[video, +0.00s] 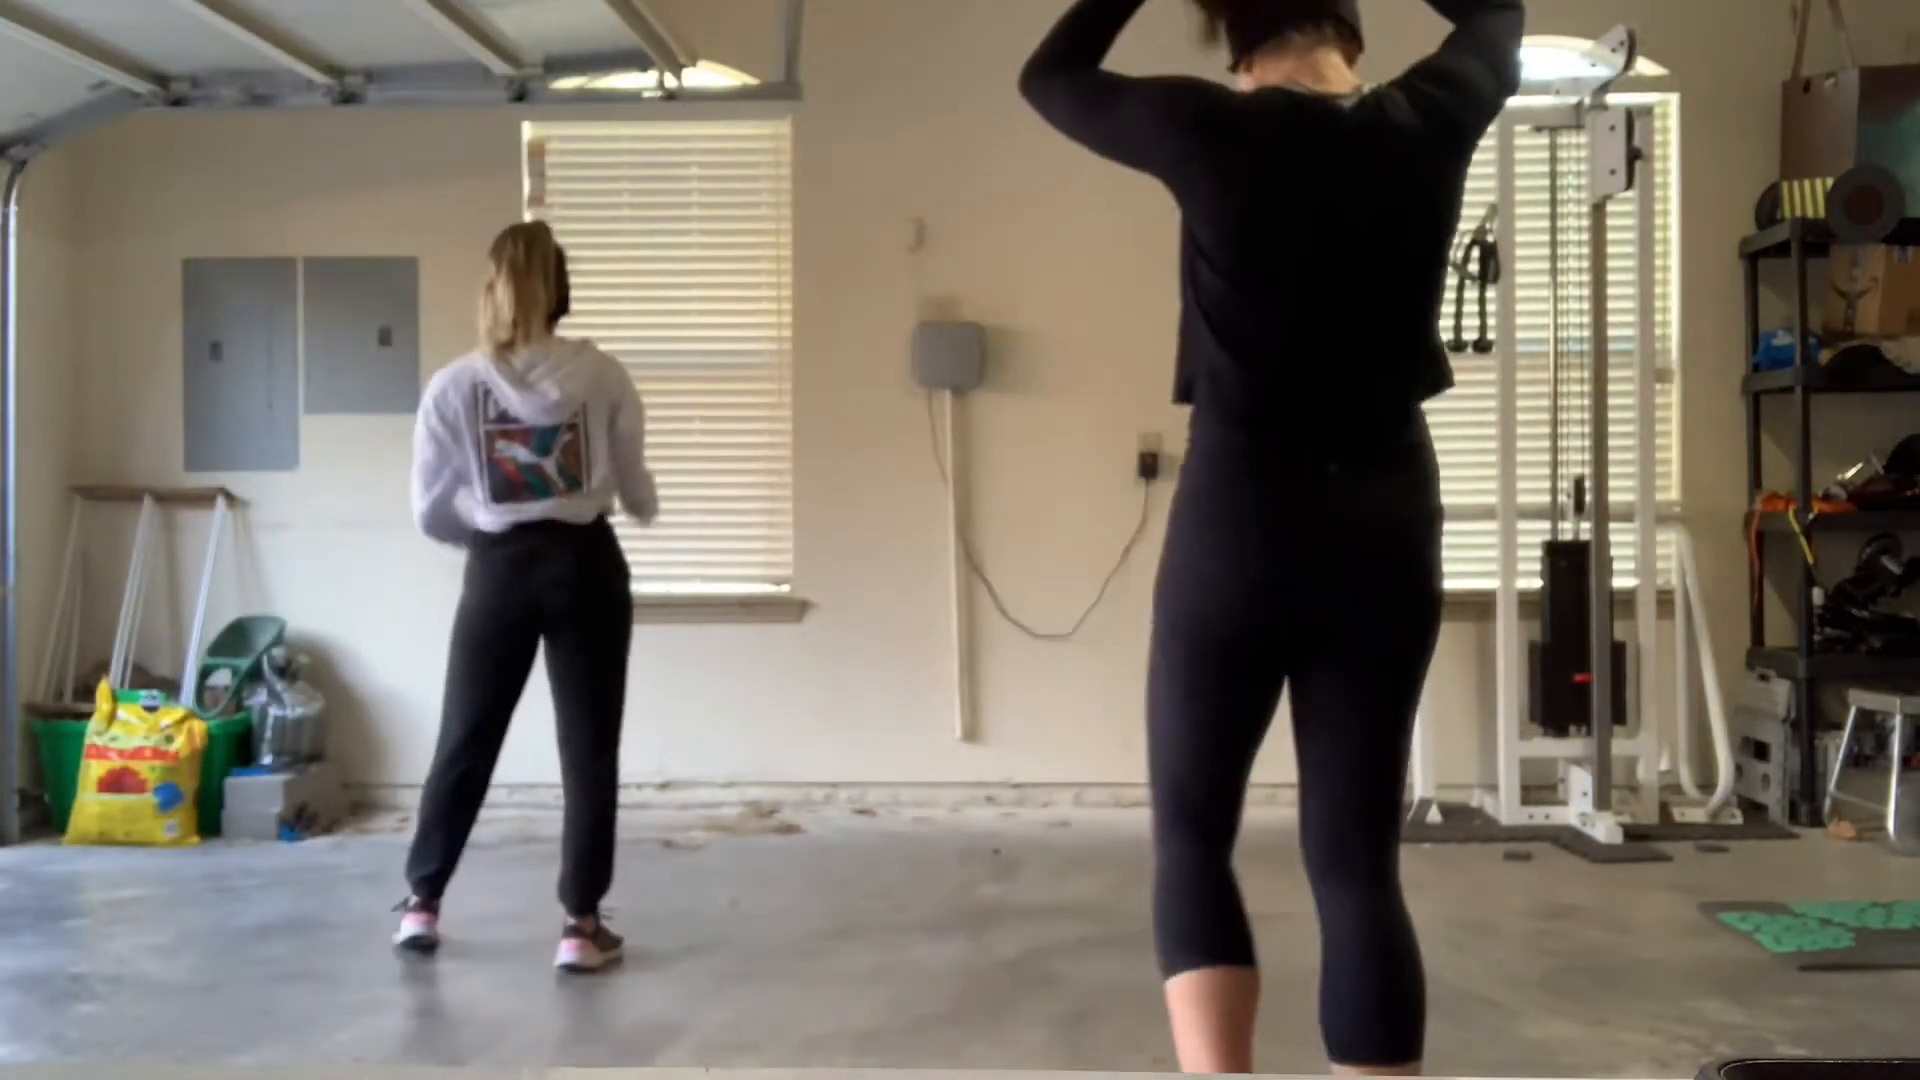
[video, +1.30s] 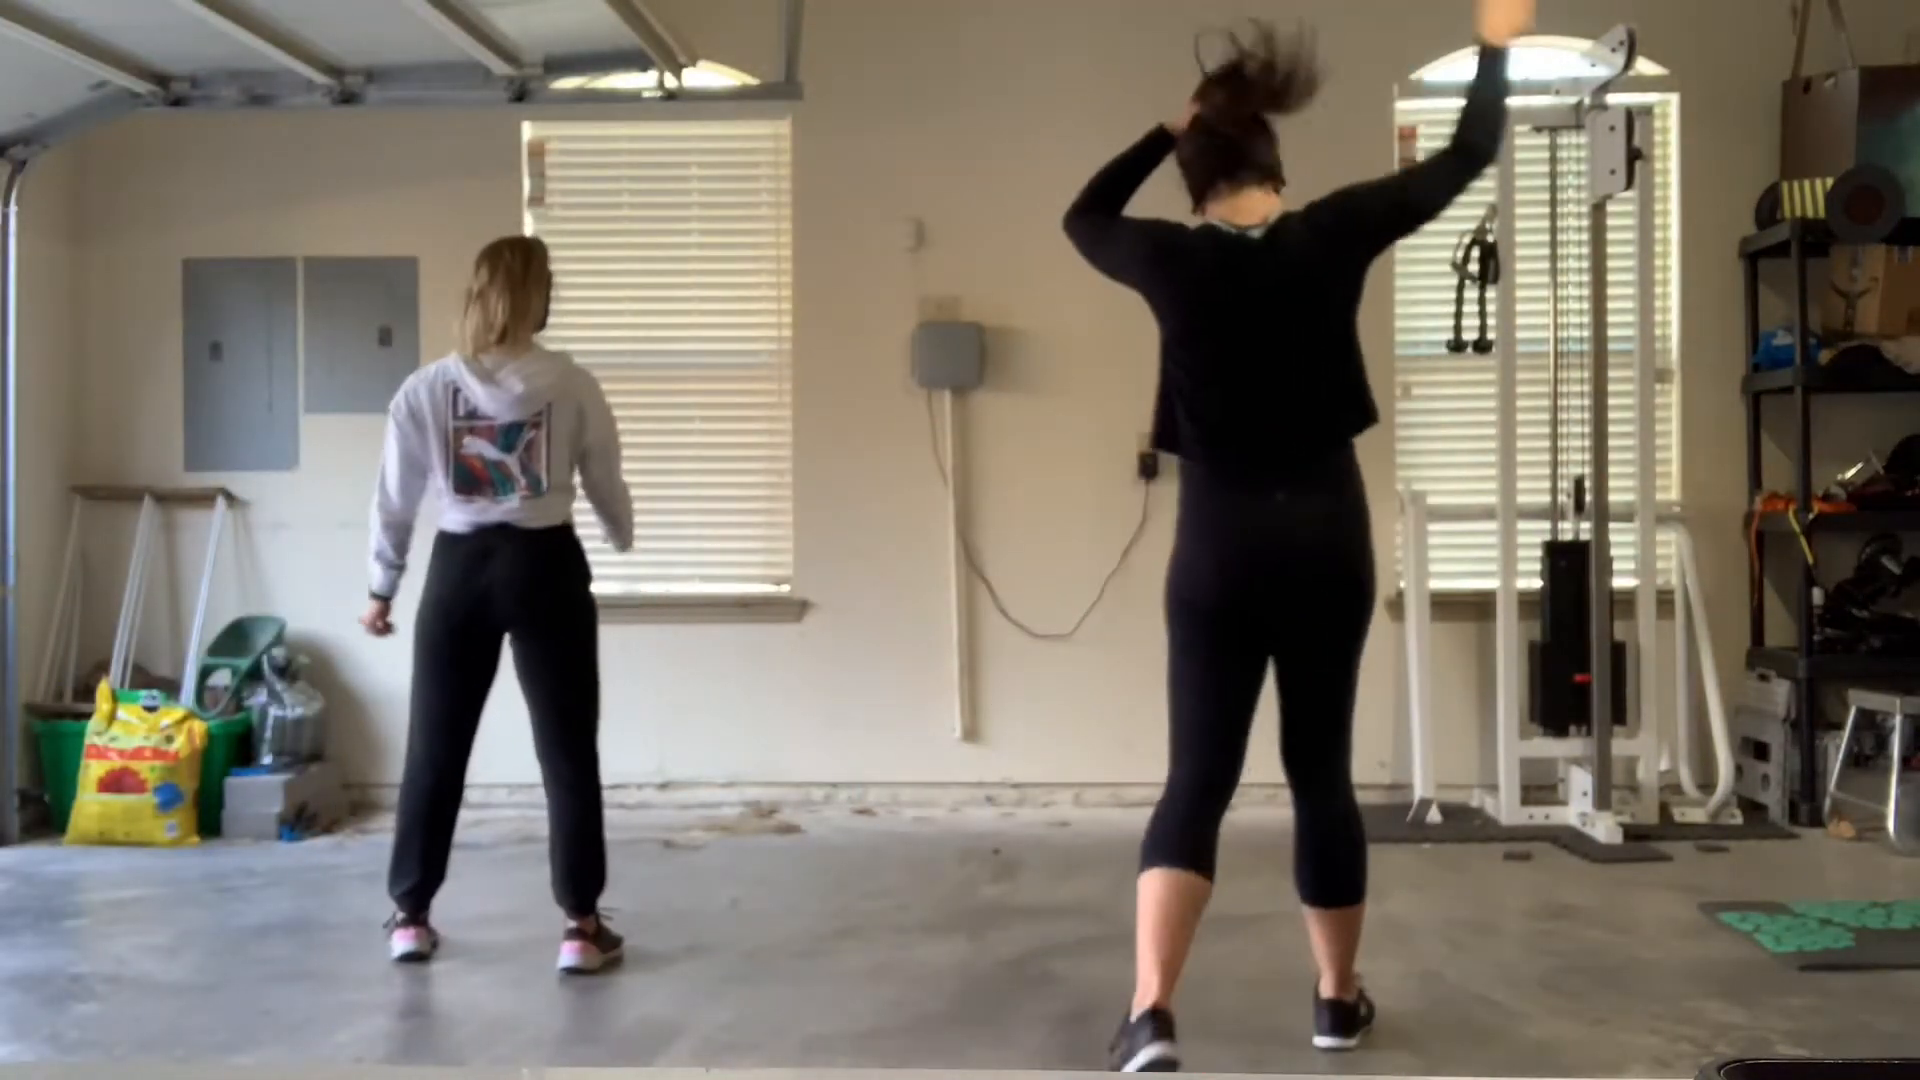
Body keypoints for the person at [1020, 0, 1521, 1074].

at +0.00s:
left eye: (1228, 34)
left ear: (1228, 32)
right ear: (1347, 27)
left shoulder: (1205, 129)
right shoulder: (1427, 124)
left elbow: (1051, 76)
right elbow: (1493, 16)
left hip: (1236, 529)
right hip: (1388, 534)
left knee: (1192, 835)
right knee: (1358, 858)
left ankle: (1217, 1076)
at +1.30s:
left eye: (1197, 177)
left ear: (1195, 181)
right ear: (1278, 165)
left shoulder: (1173, 259)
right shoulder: (1336, 235)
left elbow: (1084, 216)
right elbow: (1470, 151)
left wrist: (1157, 139)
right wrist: (1495, 45)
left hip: (1217, 552)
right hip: (1331, 548)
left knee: (1194, 784)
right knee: (1323, 778)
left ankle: (1150, 1014)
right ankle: (1337, 999)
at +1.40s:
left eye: (1205, 182)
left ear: (1198, 191)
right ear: (1283, 171)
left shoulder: (1189, 270)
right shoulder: (1355, 244)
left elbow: (1101, 229)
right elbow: (1492, 228)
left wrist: (1163, 148)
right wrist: (1519, 160)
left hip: (1240, 555)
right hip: (1351, 551)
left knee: (1204, 768)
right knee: (1336, 773)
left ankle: (1177, 967)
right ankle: (1337, 997)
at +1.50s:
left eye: (1224, 191)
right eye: (1277, 178)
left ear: (1209, 195)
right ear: (1291, 175)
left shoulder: (1203, 271)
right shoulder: (1367, 251)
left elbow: (1111, 234)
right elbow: (1491, 290)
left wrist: (1167, 150)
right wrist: (1499, 264)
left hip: (1253, 548)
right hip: (1362, 543)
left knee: (1214, 759)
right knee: (1339, 766)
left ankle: (1202, 958)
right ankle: (1338, 994)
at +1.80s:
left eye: (1232, 205)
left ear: (1219, 205)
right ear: (1298, 187)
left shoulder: (1209, 277)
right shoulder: (1363, 265)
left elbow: (1116, 236)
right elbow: (1456, 364)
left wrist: (1188, 156)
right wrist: (1366, 396)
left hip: (1250, 541)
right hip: (1355, 540)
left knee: (1218, 743)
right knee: (1332, 756)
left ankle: (1166, 939)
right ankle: (1335, 992)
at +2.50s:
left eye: (1148, 216)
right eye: (1191, 213)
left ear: (1132, 222)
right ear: (1209, 218)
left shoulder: (1112, 293)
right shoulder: (1244, 291)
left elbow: (1058, 237)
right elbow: (1325, 322)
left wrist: (1122, 172)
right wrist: (1268, 239)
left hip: (1127, 537)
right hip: (1222, 536)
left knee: (1157, 727)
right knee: (1250, 722)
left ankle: (1158, 934)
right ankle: (1247, 912)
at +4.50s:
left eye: (1178, 229)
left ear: (1181, 241)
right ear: (1257, 224)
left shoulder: (1184, 319)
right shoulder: (1318, 305)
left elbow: (1076, 273)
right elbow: (1374, 274)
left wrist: (1142, 207)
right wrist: (1305, 207)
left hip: (1210, 545)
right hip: (1303, 543)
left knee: (1165, 729)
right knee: (1325, 731)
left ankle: (1145, 928)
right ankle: (1377, 931)